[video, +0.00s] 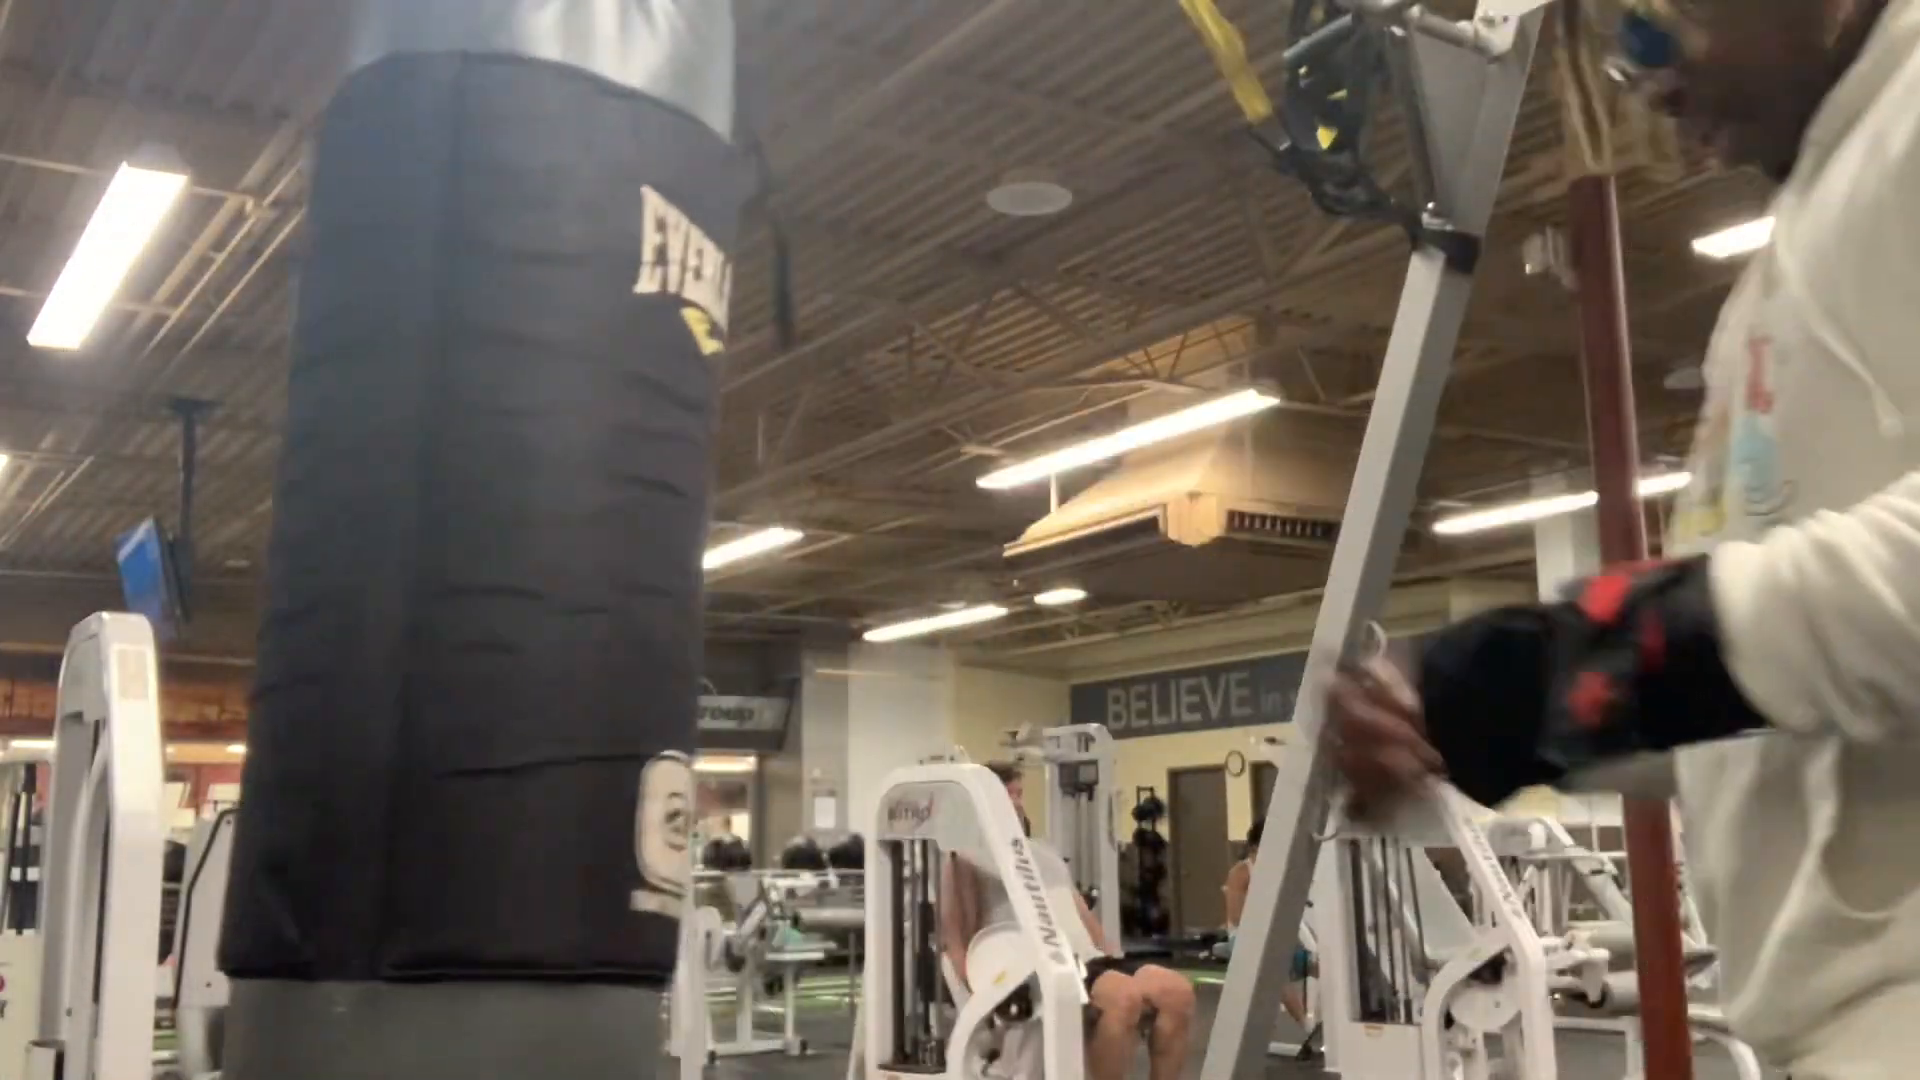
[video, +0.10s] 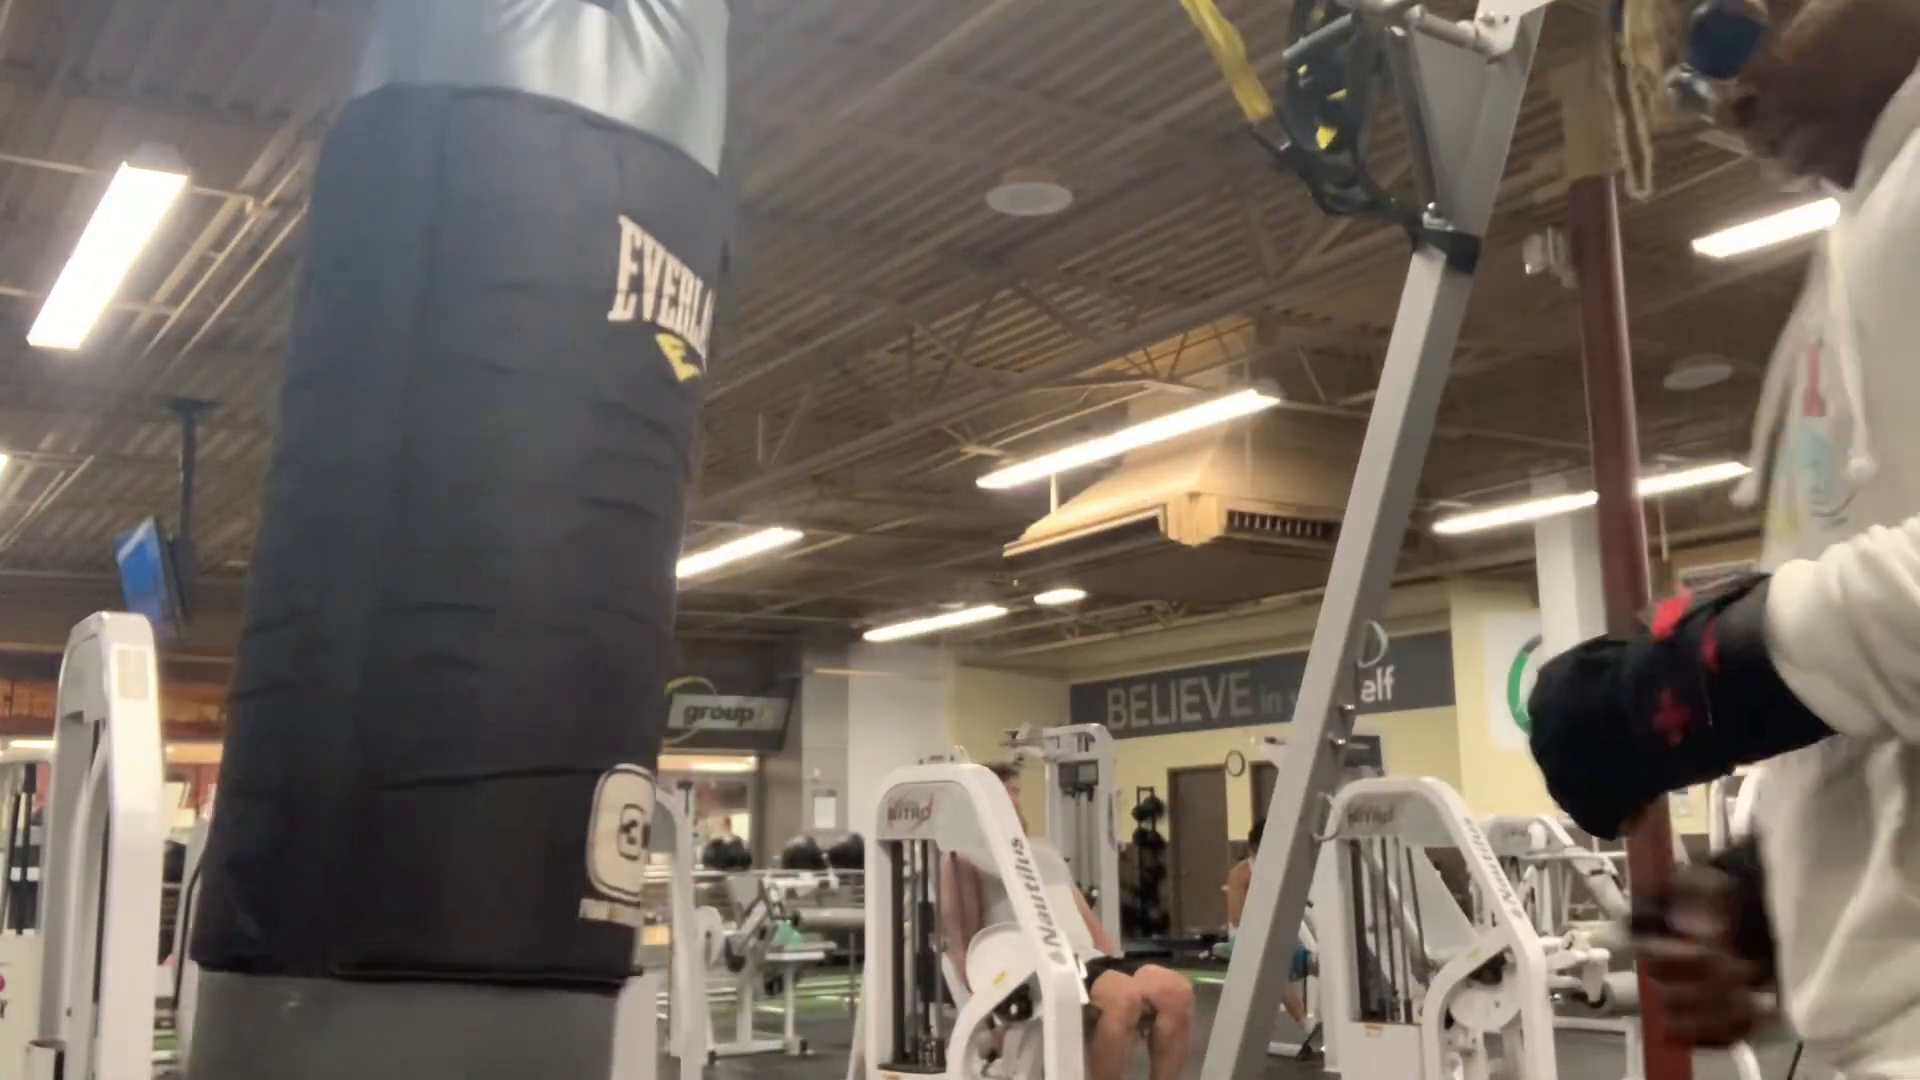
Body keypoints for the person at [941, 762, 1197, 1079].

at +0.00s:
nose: (1017, 803)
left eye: (1019, 794)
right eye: (1008, 794)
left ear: (1022, 797)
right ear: (987, 800)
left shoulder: (1042, 853)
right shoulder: (967, 856)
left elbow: (1083, 914)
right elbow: (956, 939)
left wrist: (1111, 957)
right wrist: (979, 993)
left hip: (1075, 958)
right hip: (1020, 964)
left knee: (1177, 992)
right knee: (1124, 999)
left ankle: (1165, 1073)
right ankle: (1106, 1073)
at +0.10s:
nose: (1014, 803)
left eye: (1015, 793)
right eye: (1005, 793)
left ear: (1018, 797)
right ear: (984, 801)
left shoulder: (1040, 852)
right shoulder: (964, 857)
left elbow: (1086, 916)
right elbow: (962, 942)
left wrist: (1118, 964)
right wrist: (989, 1012)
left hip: (1078, 958)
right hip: (1022, 966)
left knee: (1176, 992)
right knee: (1124, 998)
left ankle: (1164, 1073)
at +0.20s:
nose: (1010, 804)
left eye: (1012, 795)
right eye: (1002, 795)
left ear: (1016, 797)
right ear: (983, 801)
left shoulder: (1041, 851)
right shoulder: (965, 855)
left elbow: (1087, 915)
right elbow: (966, 941)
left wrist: (1118, 964)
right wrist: (992, 1016)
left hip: (1078, 958)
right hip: (1022, 966)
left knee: (1176, 992)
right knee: (1124, 999)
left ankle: (1164, 1073)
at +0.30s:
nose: (1005, 807)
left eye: (1009, 798)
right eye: (997, 798)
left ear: (1015, 799)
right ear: (979, 802)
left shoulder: (1039, 852)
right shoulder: (964, 856)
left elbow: (1086, 913)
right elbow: (967, 942)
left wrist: (1116, 963)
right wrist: (993, 1016)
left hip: (1076, 957)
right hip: (1021, 966)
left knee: (1176, 993)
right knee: (1124, 999)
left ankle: (1164, 1073)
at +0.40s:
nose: (1005, 806)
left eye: (1009, 797)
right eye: (996, 797)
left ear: (1015, 798)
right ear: (978, 802)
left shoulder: (1039, 852)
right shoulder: (964, 855)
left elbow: (1086, 913)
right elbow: (967, 941)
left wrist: (1116, 963)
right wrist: (992, 1016)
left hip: (1076, 957)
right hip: (1021, 965)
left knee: (1176, 993)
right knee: (1124, 999)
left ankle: (1164, 1073)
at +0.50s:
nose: (1005, 806)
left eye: (1009, 797)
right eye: (997, 797)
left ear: (1014, 798)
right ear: (979, 801)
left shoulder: (1039, 852)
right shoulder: (964, 855)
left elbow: (1085, 914)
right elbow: (967, 941)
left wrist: (1116, 963)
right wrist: (993, 1016)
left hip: (1076, 957)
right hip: (1021, 965)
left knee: (1177, 993)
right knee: (1124, 999)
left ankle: (1164, 1073)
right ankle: (1104, 1073)